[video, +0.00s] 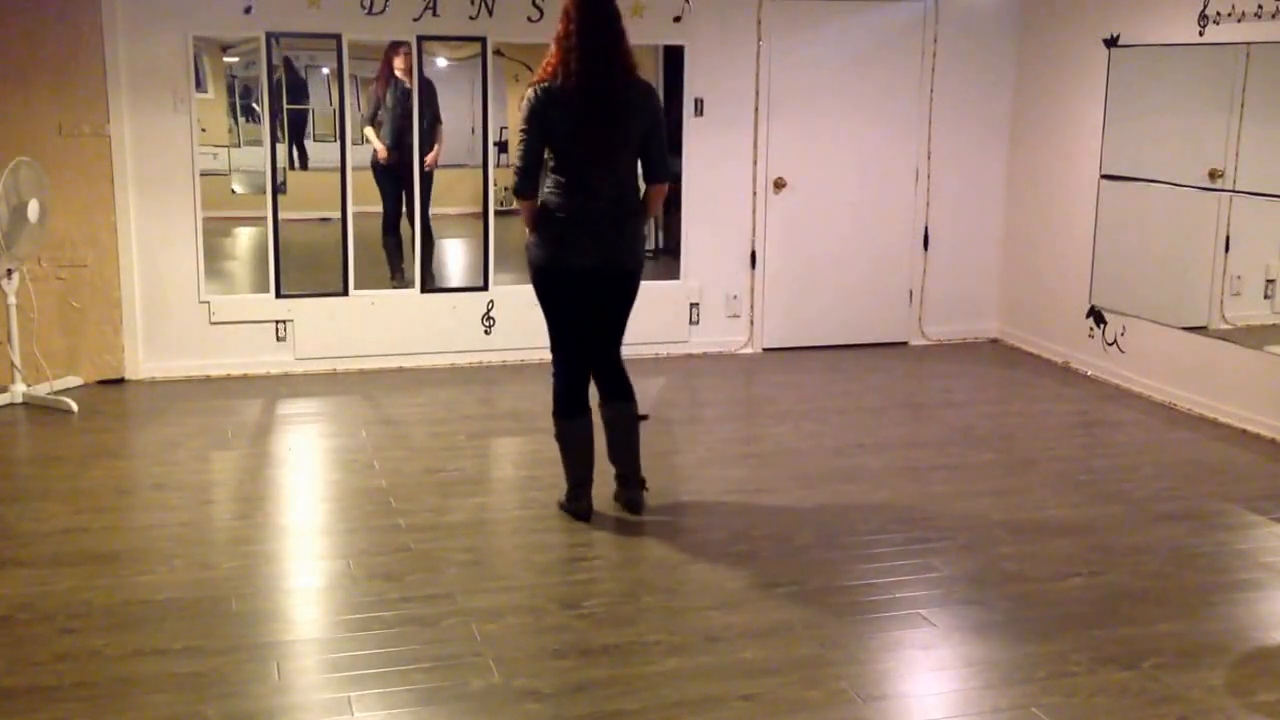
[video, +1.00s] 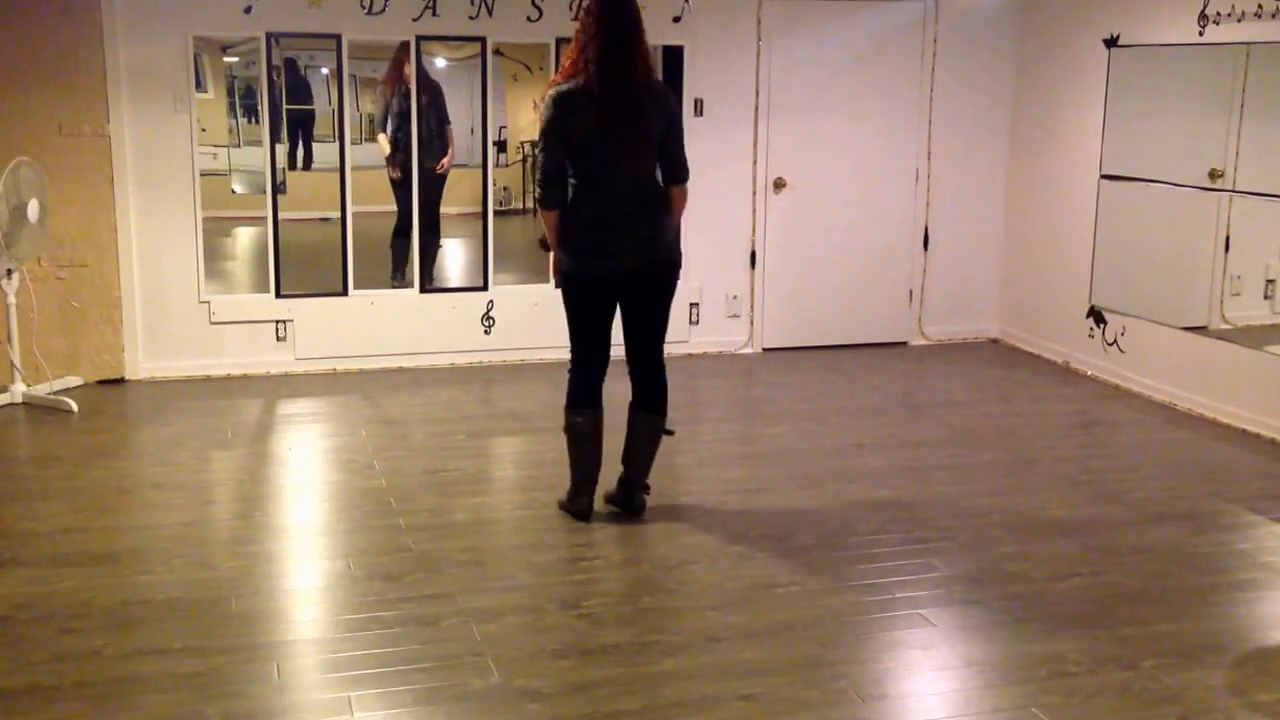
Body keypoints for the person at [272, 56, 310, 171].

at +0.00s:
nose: (283, 69)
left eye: (283, 67)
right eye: (284, 67)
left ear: (283, 67)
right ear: (293, 66)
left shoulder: (279, 81)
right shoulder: (301, 80)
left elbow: (277, 99)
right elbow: (306, 97)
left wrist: (277, 113)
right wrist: (305, 111)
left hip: (286, 113)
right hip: (301, 113)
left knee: (288, 143)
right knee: (300, 141)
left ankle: (291, 167)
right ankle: (304, 166)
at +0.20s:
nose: (281, 70)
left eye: (281, 68)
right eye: (282, 68)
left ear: (283, 68)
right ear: (293, 66)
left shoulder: (280, 81)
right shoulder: (300, 79)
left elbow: (277, 99)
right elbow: (306, 97)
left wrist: (277, 114)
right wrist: (304, 110)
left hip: (286, 113)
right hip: (300, 113)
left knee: (288, 143)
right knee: (297, 141)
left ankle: (290, 168)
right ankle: (304, 165)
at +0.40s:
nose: (279, 70)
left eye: (280, 67)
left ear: (282, 67)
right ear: (293, 65)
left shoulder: (281, 80)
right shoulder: (301, 79)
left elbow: (278, 98)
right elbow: (306, 97)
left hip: (286, 114)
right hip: (301, 113)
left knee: (288, 144)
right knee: (299, 143)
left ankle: (290, 171)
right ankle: (304, 168)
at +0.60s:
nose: (281, 70)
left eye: (281, 67)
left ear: (284, 67)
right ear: (294, 65)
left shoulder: (282, 81)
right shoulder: (302, 78)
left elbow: (279, 98)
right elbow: (307, 95)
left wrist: (280, 110)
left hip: (289, 113)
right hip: (304, 112)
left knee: (290, 143)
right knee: (303, 142)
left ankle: (291, 169)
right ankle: (306, 167)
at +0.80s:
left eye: (283, 67)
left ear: (283, 67)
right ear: (295, 65)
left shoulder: (282, 81)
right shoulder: (302, 78)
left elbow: (279, 99)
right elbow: (309, 95)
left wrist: (281, 111)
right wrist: (306, 103)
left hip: (290, 112)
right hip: (305, 111)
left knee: (291, 144)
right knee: (306, 142)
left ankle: (291, 170)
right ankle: (306, 169)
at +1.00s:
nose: (284, 70)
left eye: (284, 67)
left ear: (285, 68)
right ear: (296, 66)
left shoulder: (284, 82)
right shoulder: (303, 79)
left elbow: (281, 99)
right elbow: (310, 97)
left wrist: (282, 112)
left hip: (291, 113)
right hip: (307, 112)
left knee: (293, 143)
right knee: (307, 142)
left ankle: (291, 169)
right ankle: (306, 168)